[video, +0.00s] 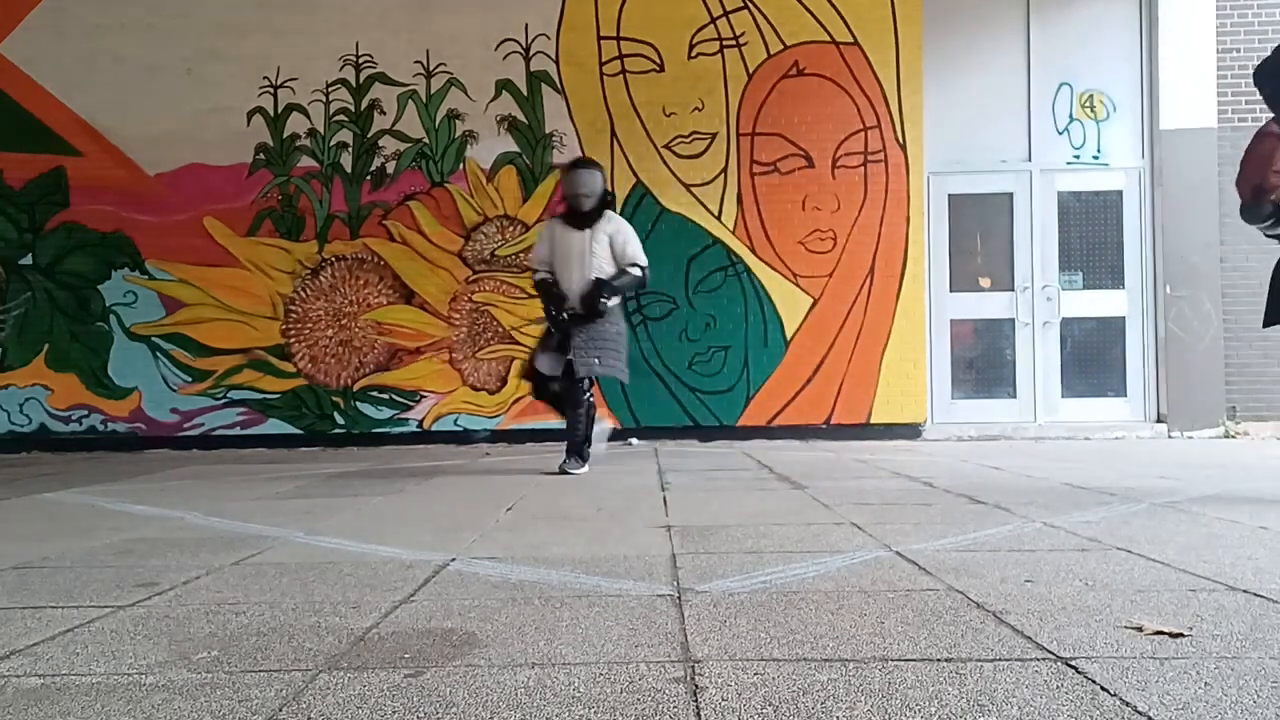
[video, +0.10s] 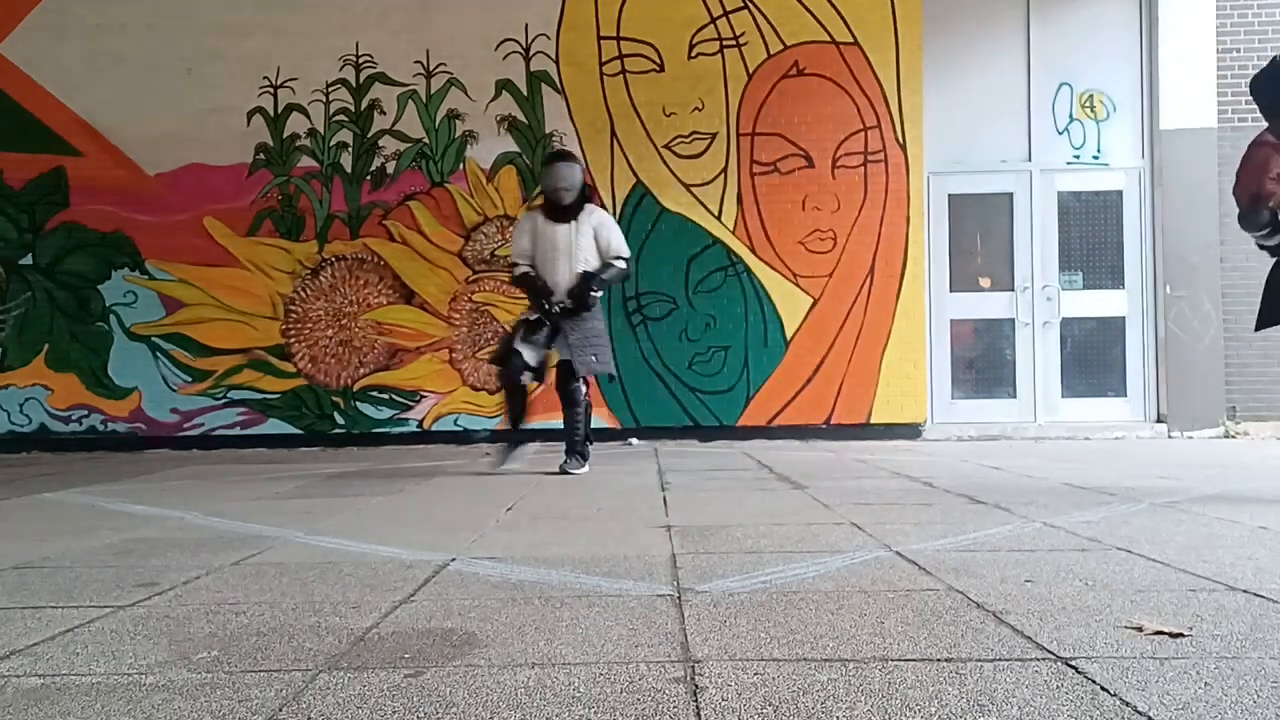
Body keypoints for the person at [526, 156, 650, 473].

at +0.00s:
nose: (582, 197)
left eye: (589, 190)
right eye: (576, 190)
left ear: (601, 190)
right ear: (566, 192)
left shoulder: (615, 226)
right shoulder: (553, 228)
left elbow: (639, 270)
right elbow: (541, 269)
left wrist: (606, 288)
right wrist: (552, 295)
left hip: (598, 320)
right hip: (563, 320)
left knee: (578, 385)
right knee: (542, 382)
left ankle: (576, 455)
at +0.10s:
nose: (561, 196)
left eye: (567, 189)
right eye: (554, 190)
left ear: (581, 186)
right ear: (545, 188)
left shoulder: (597, 219)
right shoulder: (530, 221)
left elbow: (621, 262)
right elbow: (519, 265)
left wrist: (594, 283)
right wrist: (533, 284)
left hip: (581, 314)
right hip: (543, 313)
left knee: (571, 382)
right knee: (512, 368)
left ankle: (576, 453)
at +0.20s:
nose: (544, 199)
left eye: (549, 192)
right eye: (537, 193)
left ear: (560, 189)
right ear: (524, 191)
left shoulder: (578, 221)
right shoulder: (508, 223)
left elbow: (598, 264)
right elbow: (500, 271)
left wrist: (577, 285)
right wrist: (533, 299)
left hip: (564, 315)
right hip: (521, 312)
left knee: (562, 387)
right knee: (487, 373)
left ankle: (575, 454)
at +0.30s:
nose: (530, 199)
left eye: (535, 192)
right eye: (522, 193)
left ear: (542, 192)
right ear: (505, 194)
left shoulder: (556, 231)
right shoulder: (486, 228)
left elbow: (566, 272)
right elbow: (477, 276)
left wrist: (555, 299)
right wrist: (514, 300)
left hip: (539, 323)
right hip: (495, 322)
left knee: (550, 391)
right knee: (463, 386)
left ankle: (574, 454)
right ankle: (421, 449)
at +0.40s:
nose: (510, 198)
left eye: (514, 191)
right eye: (501, 191)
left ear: (521, 193)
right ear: (482, 193)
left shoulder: (519, 234)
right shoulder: (463, 227)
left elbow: (526, 281)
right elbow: (459, 279)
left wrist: (526, 306)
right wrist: (502, 305)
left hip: (508, 326)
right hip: (466, 325)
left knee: (535, 393)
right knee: (447, 396)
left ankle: (568, 453)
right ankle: (412, 461)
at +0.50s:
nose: (490, 197)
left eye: (493, 189)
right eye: (482, 190)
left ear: (495, 188)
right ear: (459, 190)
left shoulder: (480, 228)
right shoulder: (439, 221)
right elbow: (439, 277)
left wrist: (493, 303)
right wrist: (481, 305)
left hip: (467, 324)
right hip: (435, 320)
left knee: (508, 381)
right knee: (436, 394)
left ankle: (523, 447)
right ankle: (411, 461)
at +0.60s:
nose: (470, 190)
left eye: (470, 182)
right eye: (463, 181)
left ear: (450, 182)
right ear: (441, 181)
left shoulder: (443, 221)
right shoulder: (419, 217)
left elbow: (444, 274)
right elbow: (423, 274)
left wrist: (471, 295)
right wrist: (464, 298)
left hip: (437, 317)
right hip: (412, 315)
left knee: (470, 379)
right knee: (430, 388)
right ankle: (410, 460)